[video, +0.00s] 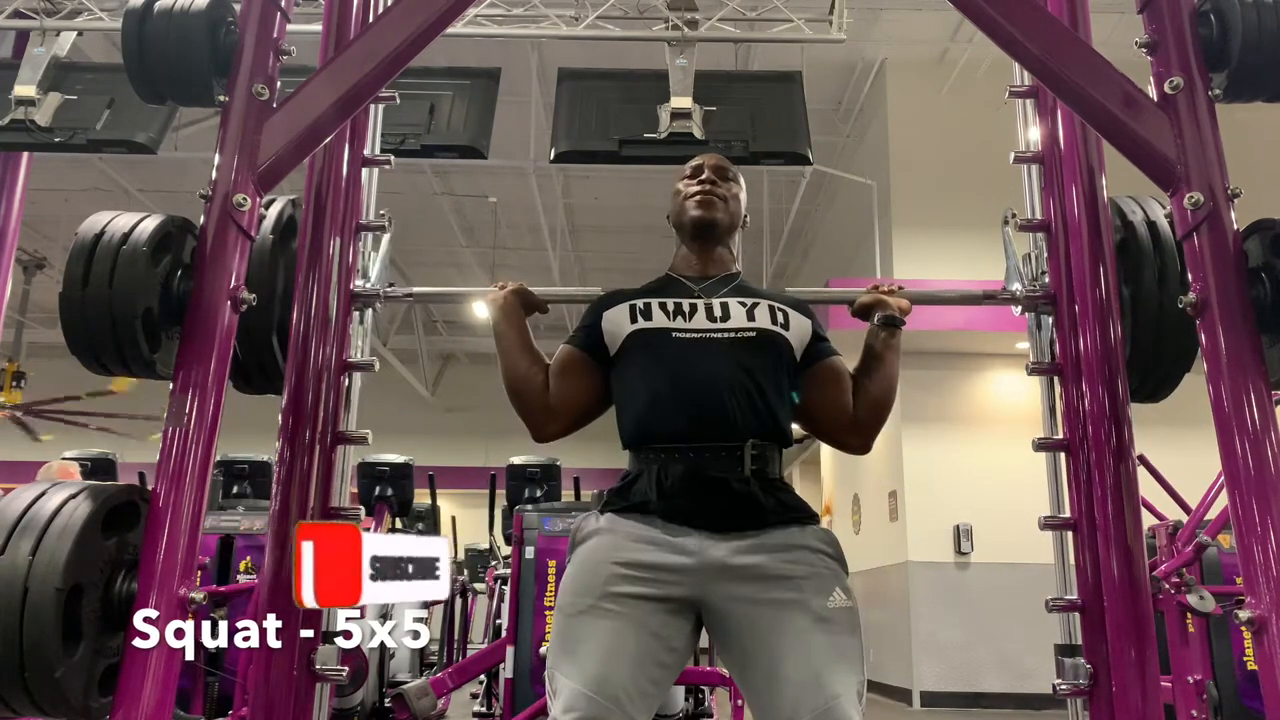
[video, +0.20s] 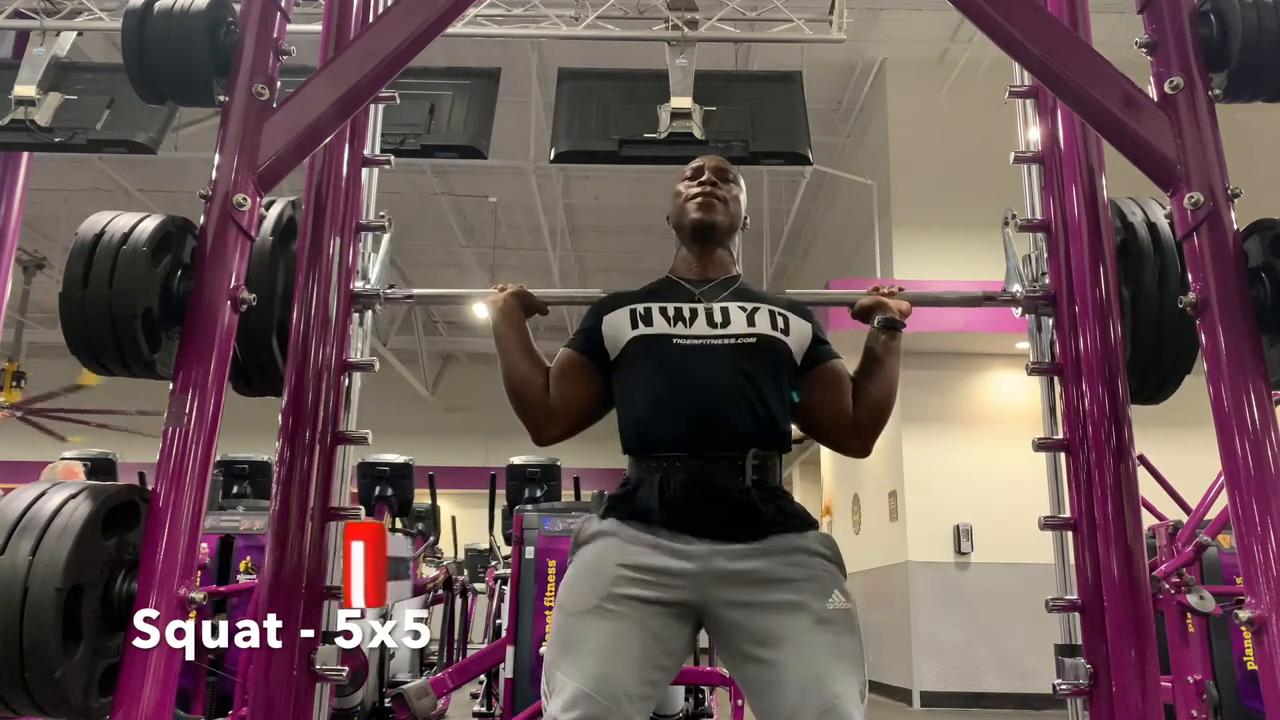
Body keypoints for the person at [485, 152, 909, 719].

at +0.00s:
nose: (707, 182)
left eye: (724, 178)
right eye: (692, 176)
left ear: (744, 214)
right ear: (669, 212)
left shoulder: (789, 318)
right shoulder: (617, 311)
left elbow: (856, 430)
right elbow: (547, 416)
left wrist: (886, 331)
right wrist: (507, 313)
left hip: (774, 538)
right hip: (637, 532)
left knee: (821, 710)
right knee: (588, 707)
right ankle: (674, 706)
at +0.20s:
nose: (707, 183)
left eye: (724, 179)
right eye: (692, 177)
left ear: (744, 214)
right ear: (670, 212)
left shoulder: (790, 320)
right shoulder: (617, 313)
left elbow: (855, 434)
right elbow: (547, 419)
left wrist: (885, 334)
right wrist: (507, 315)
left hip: (774, 549)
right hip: (636, 542)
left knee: (826, 710)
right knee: (586, 706)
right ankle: (674, 706)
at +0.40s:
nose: (705, 217)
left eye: (723, 215)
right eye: (690, 213)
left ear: (741, 253)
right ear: (670, 251)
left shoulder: (788, 355)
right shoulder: (618, 353)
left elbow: (857, 471)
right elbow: (548, 455)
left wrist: (887, 369)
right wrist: (504, 346)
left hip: (770, 589)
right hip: (632, 585)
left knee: (857, 710)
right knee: (554, 706)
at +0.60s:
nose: (703, 286)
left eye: (719, 279)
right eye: (689, 278)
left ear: (743, 310)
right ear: (669, 310)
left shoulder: (785, 414)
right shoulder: (615, 413)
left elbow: (856, 534)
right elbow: (547, 522)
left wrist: (889, 429)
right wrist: (500, 409)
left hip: (768, 643)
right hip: (631, 638)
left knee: (882, 716)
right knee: (521, 714)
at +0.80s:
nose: (702, 385)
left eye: (718, 372)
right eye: (688, 372)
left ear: (742, 388)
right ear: (666, 390)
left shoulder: (789, 497)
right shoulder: (614, 490)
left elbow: (858, 615)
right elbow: (546, 601)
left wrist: (893, 505)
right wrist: (499, 490)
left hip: (766, 693)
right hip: (636, 691)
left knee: (886, 718)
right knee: (512, 718)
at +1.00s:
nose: (697, 450)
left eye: (715, 434)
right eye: (682, 433)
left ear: (742, 443)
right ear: (662, 441)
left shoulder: (792, 548)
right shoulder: (610, 541)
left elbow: (857, 668)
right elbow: (545, 655)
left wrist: (896, 552)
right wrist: (497, 539)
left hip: (754, 712)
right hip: (644, 713)